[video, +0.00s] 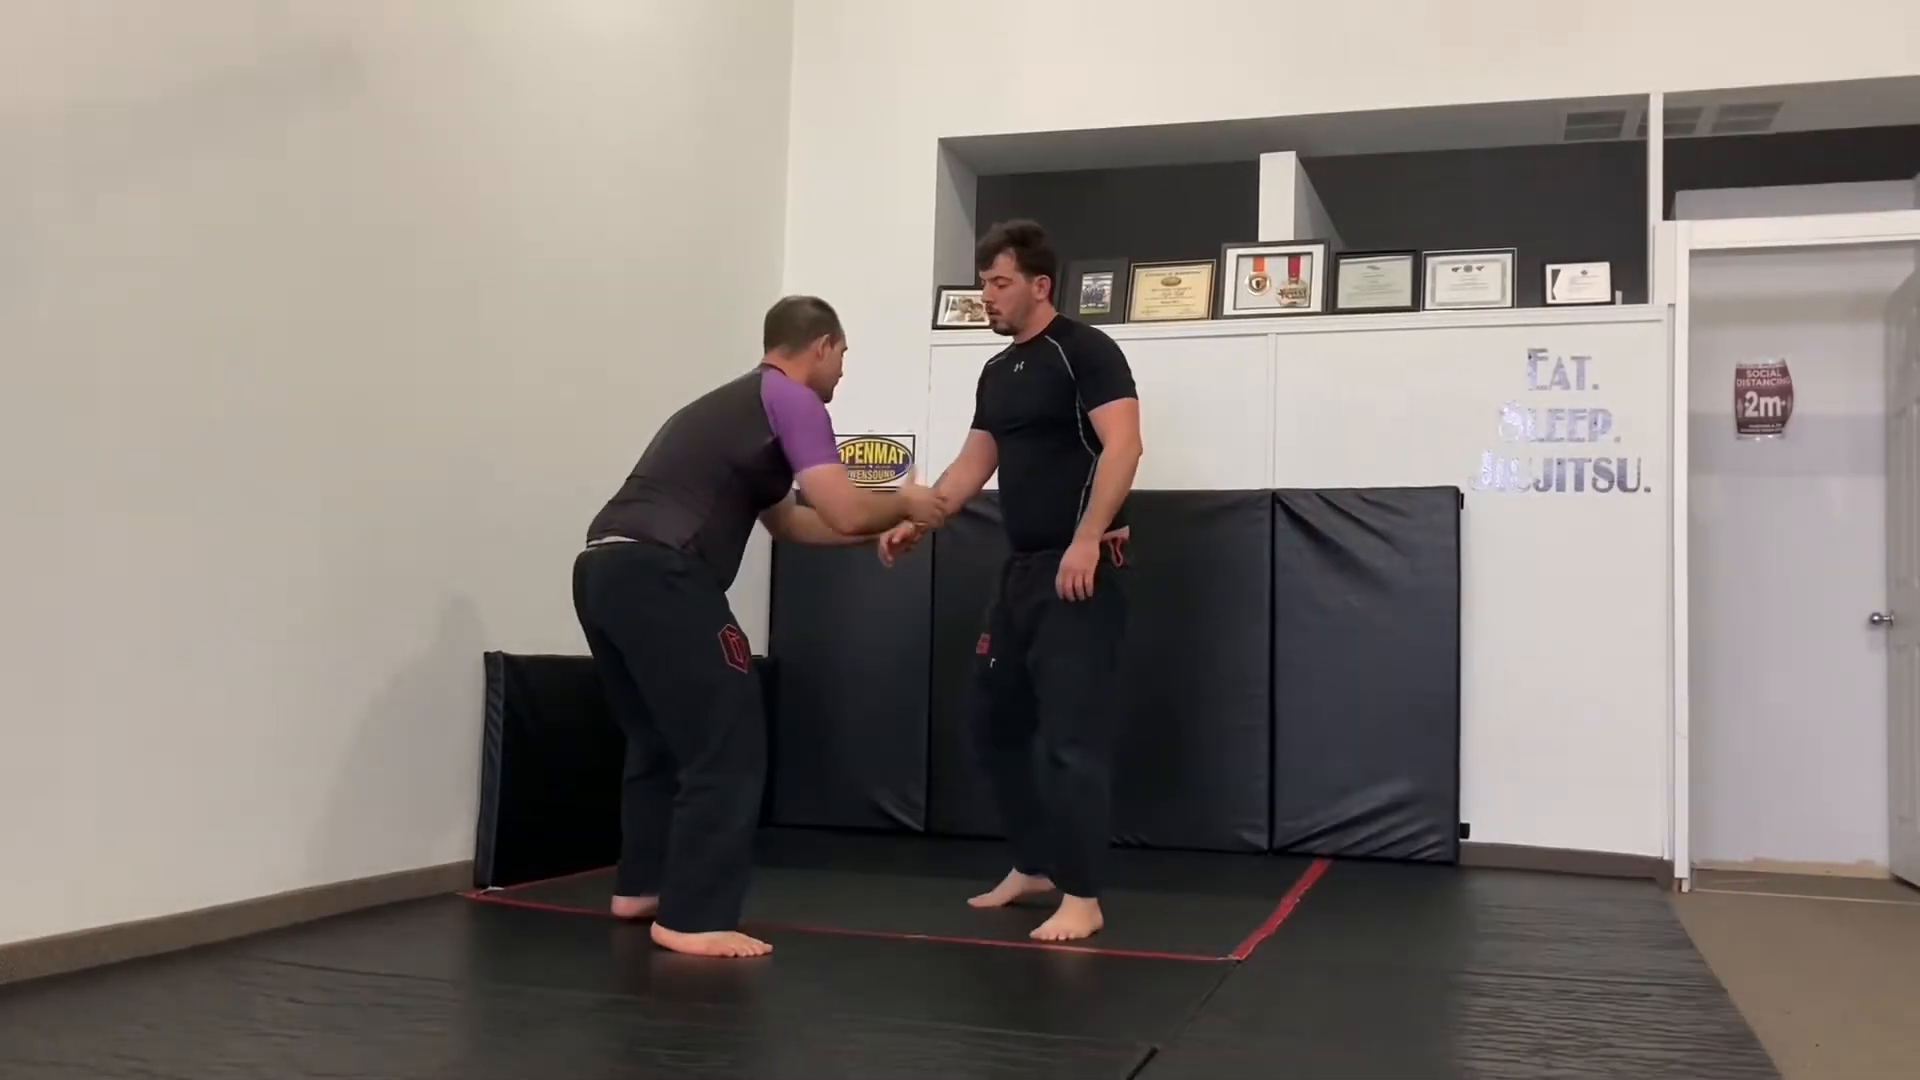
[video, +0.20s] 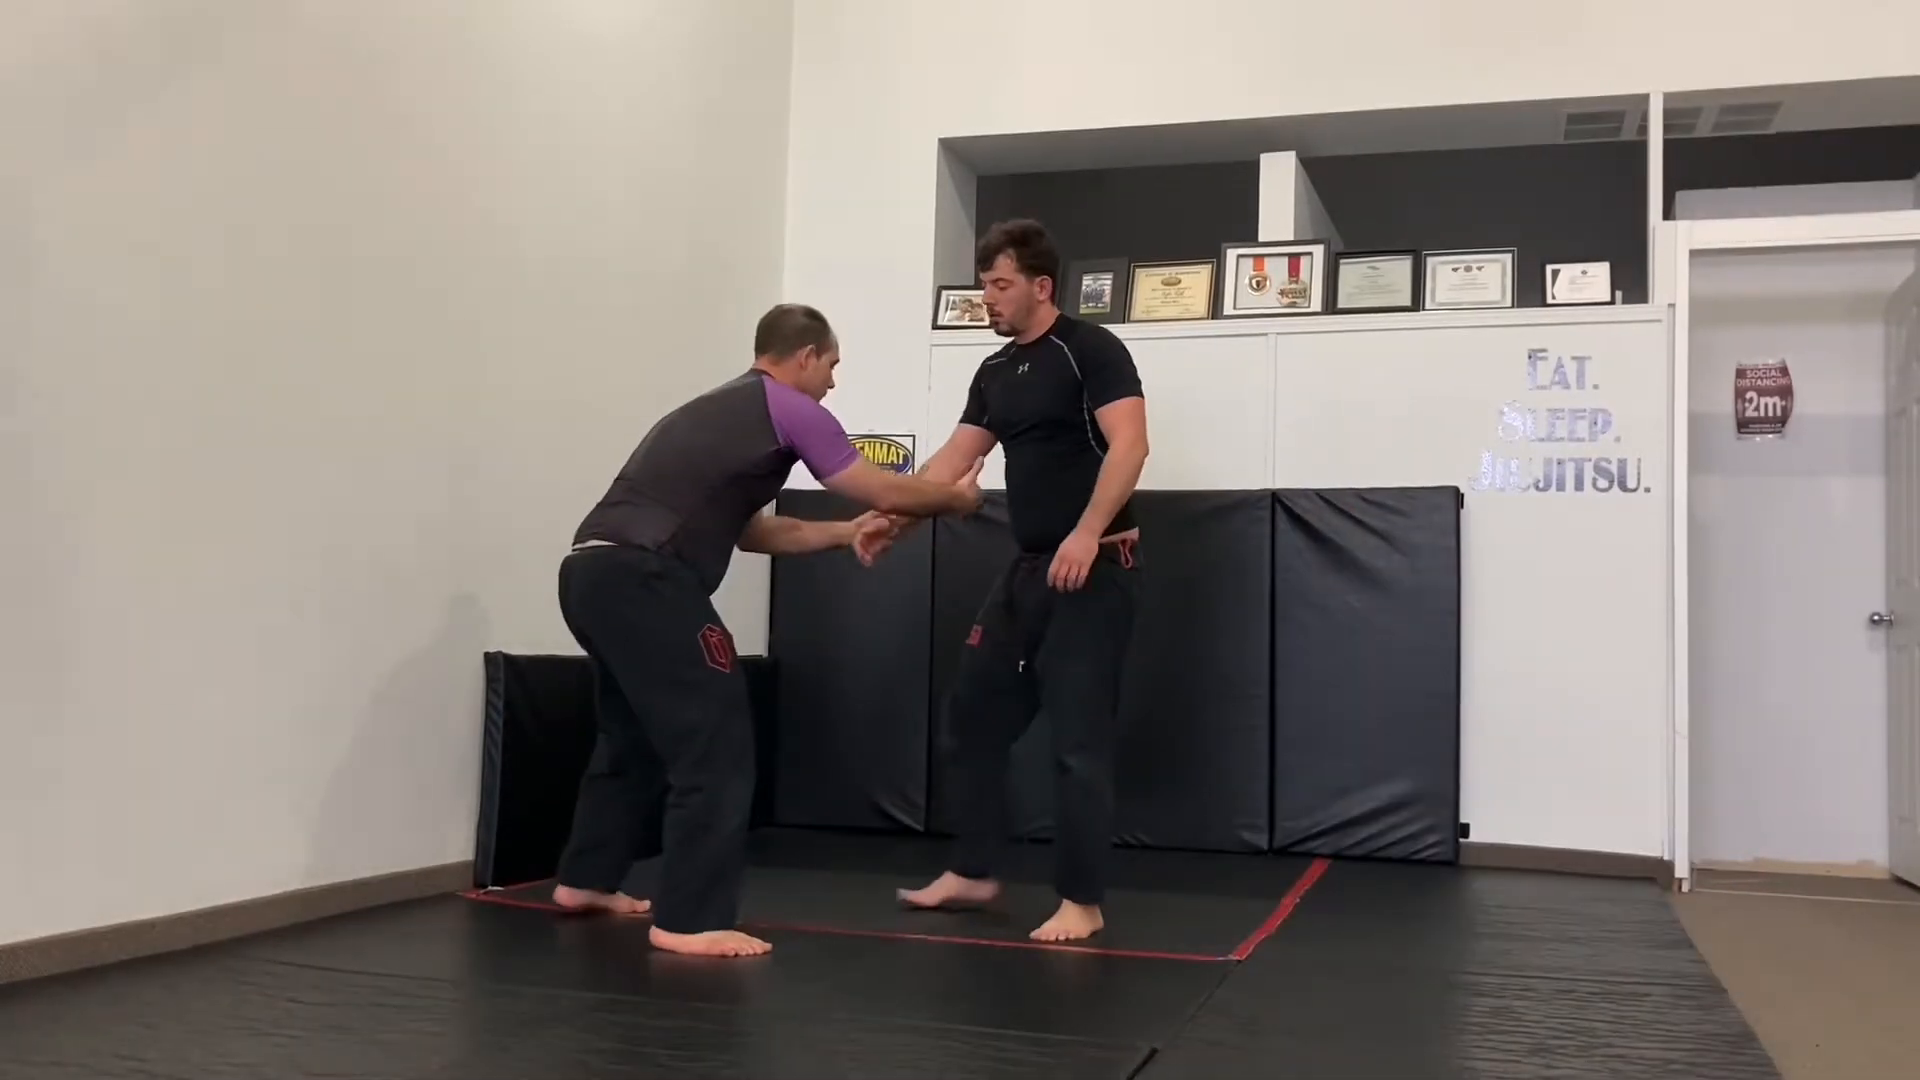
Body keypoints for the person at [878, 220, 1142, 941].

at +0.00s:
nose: (988, 296)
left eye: (1000, 283)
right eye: (984, 284)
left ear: (1041, 284)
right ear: (989, 289)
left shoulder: (1088, 352)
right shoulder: (998, 371)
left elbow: (1124, 446)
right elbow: (975, 460)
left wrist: (1088, 538)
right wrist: (919, 520)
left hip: (1082, 565)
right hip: (1023, 568)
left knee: (1071, 728)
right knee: (998, 716)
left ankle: (1081, 898)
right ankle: (1033, 867)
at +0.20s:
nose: (986, 297)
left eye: (998, 284)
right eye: (984, 285)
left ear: (1041, 286)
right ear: (1003, 290)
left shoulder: (1092, 350)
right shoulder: (996, 372)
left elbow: (1130, 447)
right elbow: (954, 460)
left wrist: (1087, 532)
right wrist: (897, 514)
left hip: (1095, 566)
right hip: (1030, 567)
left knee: (1080, 734)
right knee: (977, 708)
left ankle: (1082, 903)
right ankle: (973, 871)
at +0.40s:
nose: (971, 306)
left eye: (984, 293)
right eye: (968, 294)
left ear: (1028, 292)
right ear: (972, 296)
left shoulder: (1083, 353)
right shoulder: (972, 378)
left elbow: (1132, 448)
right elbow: (928, 469)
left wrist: (1111, 540)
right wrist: (874, 530)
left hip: (1083, 569)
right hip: (1018, 574)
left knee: (1079, 737)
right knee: (971, 724)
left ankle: (1084, 903)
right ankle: (915, 879)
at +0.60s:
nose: (947, 309)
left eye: (959, 296)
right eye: (944, 297)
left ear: (1002, 296)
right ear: (950, 302)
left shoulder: (1061, 356)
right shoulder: (941, 385)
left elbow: (1118, 448)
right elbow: (901, 484)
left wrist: (1125, 541)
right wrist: (847, 557)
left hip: (1069, 569)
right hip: (993, 575)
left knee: (1067, 736)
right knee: (944, 727)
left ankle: (1081, 903)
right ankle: (907, 883)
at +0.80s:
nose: (921, 320)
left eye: (933, 306)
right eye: (915, 308)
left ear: (975, 304)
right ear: (914, 312)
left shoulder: (1037, 359)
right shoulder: (917, 401)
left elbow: (1108, 442)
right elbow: (886, 501)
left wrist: (1120, 532)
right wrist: (841, 578)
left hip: (1063, 569)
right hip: (986, 576)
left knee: (1067, 732)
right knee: (935, 723)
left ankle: (1083, 900)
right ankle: (905, 885)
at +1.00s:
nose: (903, 352)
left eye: (914, 338)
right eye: (895, 340)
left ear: (955, 331)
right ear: (893, 341)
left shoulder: (1026, 372)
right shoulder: (910, 429)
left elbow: (1106, 445)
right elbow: (919, 530)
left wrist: (1104, 538)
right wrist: (913, 616)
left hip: (1059, 580)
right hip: (971, 589)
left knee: (1077, 738)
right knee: (933, 733)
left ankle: (1087, 901)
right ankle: (907, 886)